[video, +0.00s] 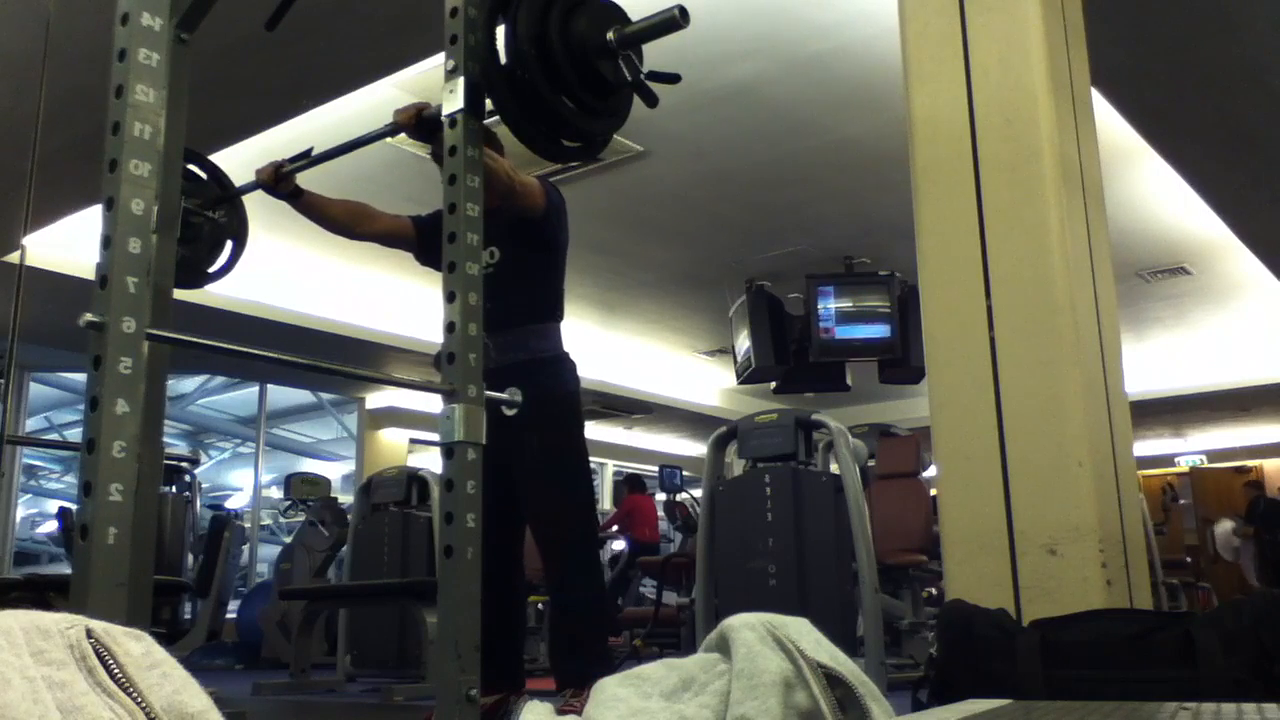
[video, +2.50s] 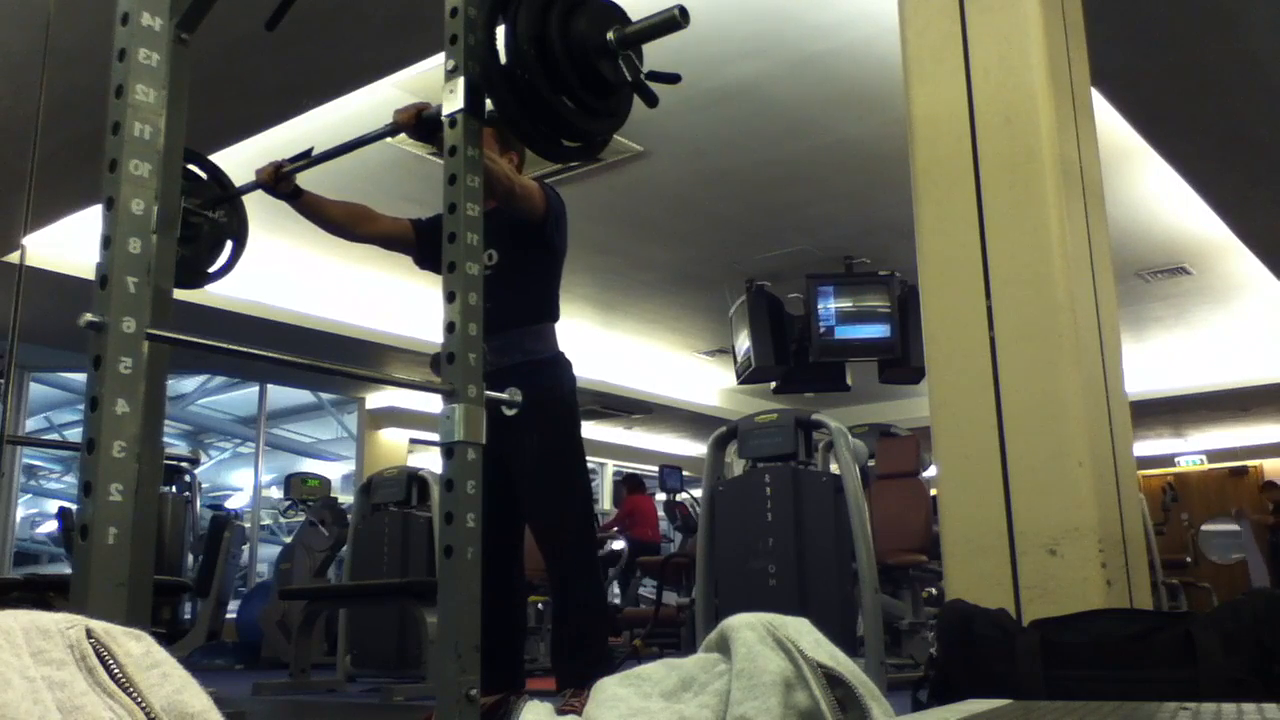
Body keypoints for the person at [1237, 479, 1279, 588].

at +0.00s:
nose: (1245, 494)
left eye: (1247, 491)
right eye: (1245, 491)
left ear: (1253, 490)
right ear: (1261, 490)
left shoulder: (1254, 504)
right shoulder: (1274, 502)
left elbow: (1249, 529)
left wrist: (1238, 531)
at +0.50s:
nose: (1250, 489)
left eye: (1253, 486)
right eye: (1251, 485)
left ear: (1260, 488)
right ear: (1266, 488)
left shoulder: (1257, 503)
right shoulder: (1275, 502)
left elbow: (1248, 526)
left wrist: (1241, 523)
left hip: (1262, 545)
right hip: (1276, 544)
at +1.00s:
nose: (1255, 487)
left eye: (1259, 485)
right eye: (1256, 484)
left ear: (1266, 489)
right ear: (1268, 489)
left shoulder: (1264, 505)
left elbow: (1255, 524)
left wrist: (1240, 522)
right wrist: (1244, 520)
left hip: (1268, 550)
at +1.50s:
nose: (1268, 488)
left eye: (1271, 486)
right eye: (1268, 486)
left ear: (1277, 487)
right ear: (1267, 487)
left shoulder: (1276, 502)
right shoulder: (1272, 503)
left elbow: (1270, 521)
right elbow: (1269, 520)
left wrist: (1252, 520)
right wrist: (1253, 519)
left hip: (1275, 545)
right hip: (1272, 544)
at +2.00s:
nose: (1270, 492)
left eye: (1272, 489)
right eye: (1269, 489)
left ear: (1278, 489)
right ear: (1269, 490)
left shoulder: (1277, 506)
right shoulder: (1275, 507)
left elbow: (1274, 518)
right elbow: (1272, 518)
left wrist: (1250, 512)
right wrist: (1249, 512)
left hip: (1276, 551)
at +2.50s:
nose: (1267, 497)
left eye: (1268, 493)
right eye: (1265, 494)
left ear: (1274, 492)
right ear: (1264, 494)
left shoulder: (1276, 506)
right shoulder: (1273, 506)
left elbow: (1272, 519)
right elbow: (1270, 519)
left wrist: (1250, 516)